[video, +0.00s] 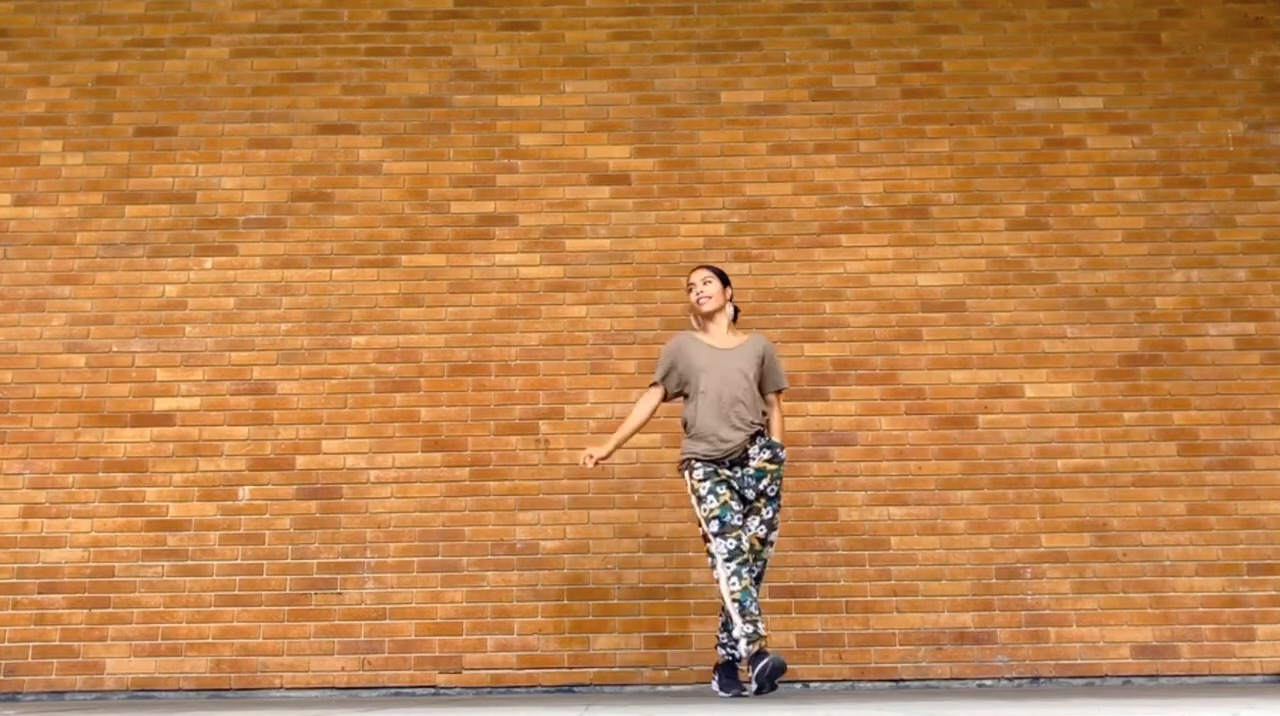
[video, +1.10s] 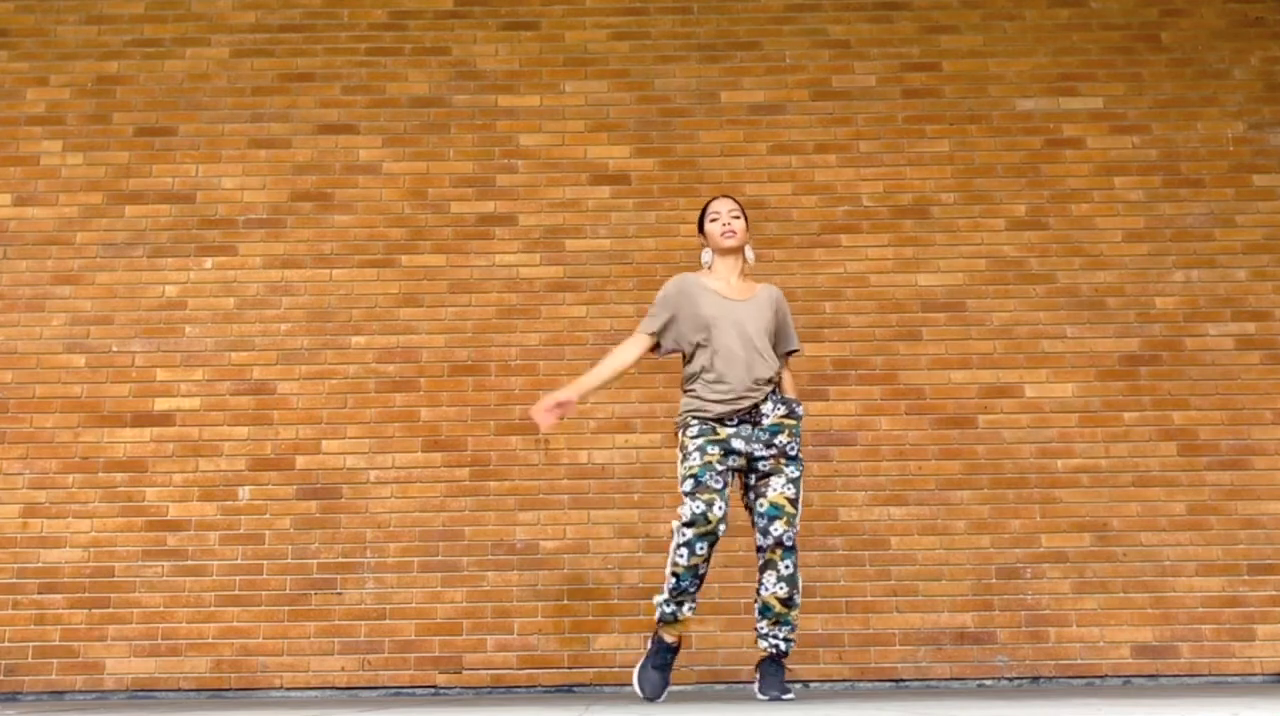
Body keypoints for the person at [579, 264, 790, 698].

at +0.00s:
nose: (698, 292)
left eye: (707, 284)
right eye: (692, 289)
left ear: (729, 293)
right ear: (689, 304)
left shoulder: (758, 346)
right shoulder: (681, 348)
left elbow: (773, 407)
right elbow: (649, 400)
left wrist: (774, 453)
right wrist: (609, 446)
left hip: (757, 463)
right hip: (706, 465)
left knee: (753, 556)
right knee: (730, 549)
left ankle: (728, 660)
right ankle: (757, 655)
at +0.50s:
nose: (730, 260)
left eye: (737, 252)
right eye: (720, 258)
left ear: (755, 263)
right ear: (713, 273)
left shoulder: (780, 321)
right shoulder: (699, 319)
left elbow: (799, 384)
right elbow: (691, 377)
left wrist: (788, 429)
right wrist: (676, 434)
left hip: (769, 445)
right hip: (710, 452)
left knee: (778, 545)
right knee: (730, 557)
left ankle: (800, 658)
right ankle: (761, 663)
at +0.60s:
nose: (731, 252)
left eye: (740, 246)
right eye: (722, 247)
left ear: (755, 260)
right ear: (711, 263)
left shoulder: (778, 314)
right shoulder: (699, 313)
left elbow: (795, 380)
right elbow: (711, 350)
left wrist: (790, 422)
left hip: (769, 435)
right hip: (711, 444)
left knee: (775, 534)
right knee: (731, 552)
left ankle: (791, 653)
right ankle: (762, 661)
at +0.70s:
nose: (733, 249)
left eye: (742, 243)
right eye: (723, 243)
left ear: (755, 257)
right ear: (711, 260)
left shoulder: (779, 312)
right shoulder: (697, 306)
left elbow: (795, 378)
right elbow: (723, 341)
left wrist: (791, 425)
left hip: (771, 432)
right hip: (714, 441)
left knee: (770, 525)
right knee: (732, 546)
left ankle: (773, 647)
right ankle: (764, 650)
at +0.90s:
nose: (734, 233)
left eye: (741, 228)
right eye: (723, 229)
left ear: (755, 244)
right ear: (709, 247)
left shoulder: (779, 306)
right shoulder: (699, 289)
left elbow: (792, 381)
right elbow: (732, 342)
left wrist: (787, 434)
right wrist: (804, 363)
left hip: (772, 427)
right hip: (712, 432)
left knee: (771, 534)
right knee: (724, 541)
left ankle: (772, 656)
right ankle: (744, 640)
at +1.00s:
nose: (731, 228)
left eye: (739, 222)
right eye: (721, 224)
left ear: (753, 237)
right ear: (708, 242)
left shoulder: (776, 300)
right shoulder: (694, 290)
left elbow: (788, 370)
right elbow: (688, 363)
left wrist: (793, 423)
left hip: (775, 427)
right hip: (716, 428)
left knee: (773, 540)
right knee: (711, 534)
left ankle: (770, 661)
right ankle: (700, 648)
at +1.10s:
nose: (728, 222)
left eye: (735, 216)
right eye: (717, 218)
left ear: (749, 232)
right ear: (703, 238)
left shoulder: (771, 298)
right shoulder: (683, 288)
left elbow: (782, 370)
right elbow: (634, 346)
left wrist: (793, 417)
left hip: (771, 423)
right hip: (707, 424)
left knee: (779, 537)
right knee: (702, 523)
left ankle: (774, 659)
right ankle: (666, 639)